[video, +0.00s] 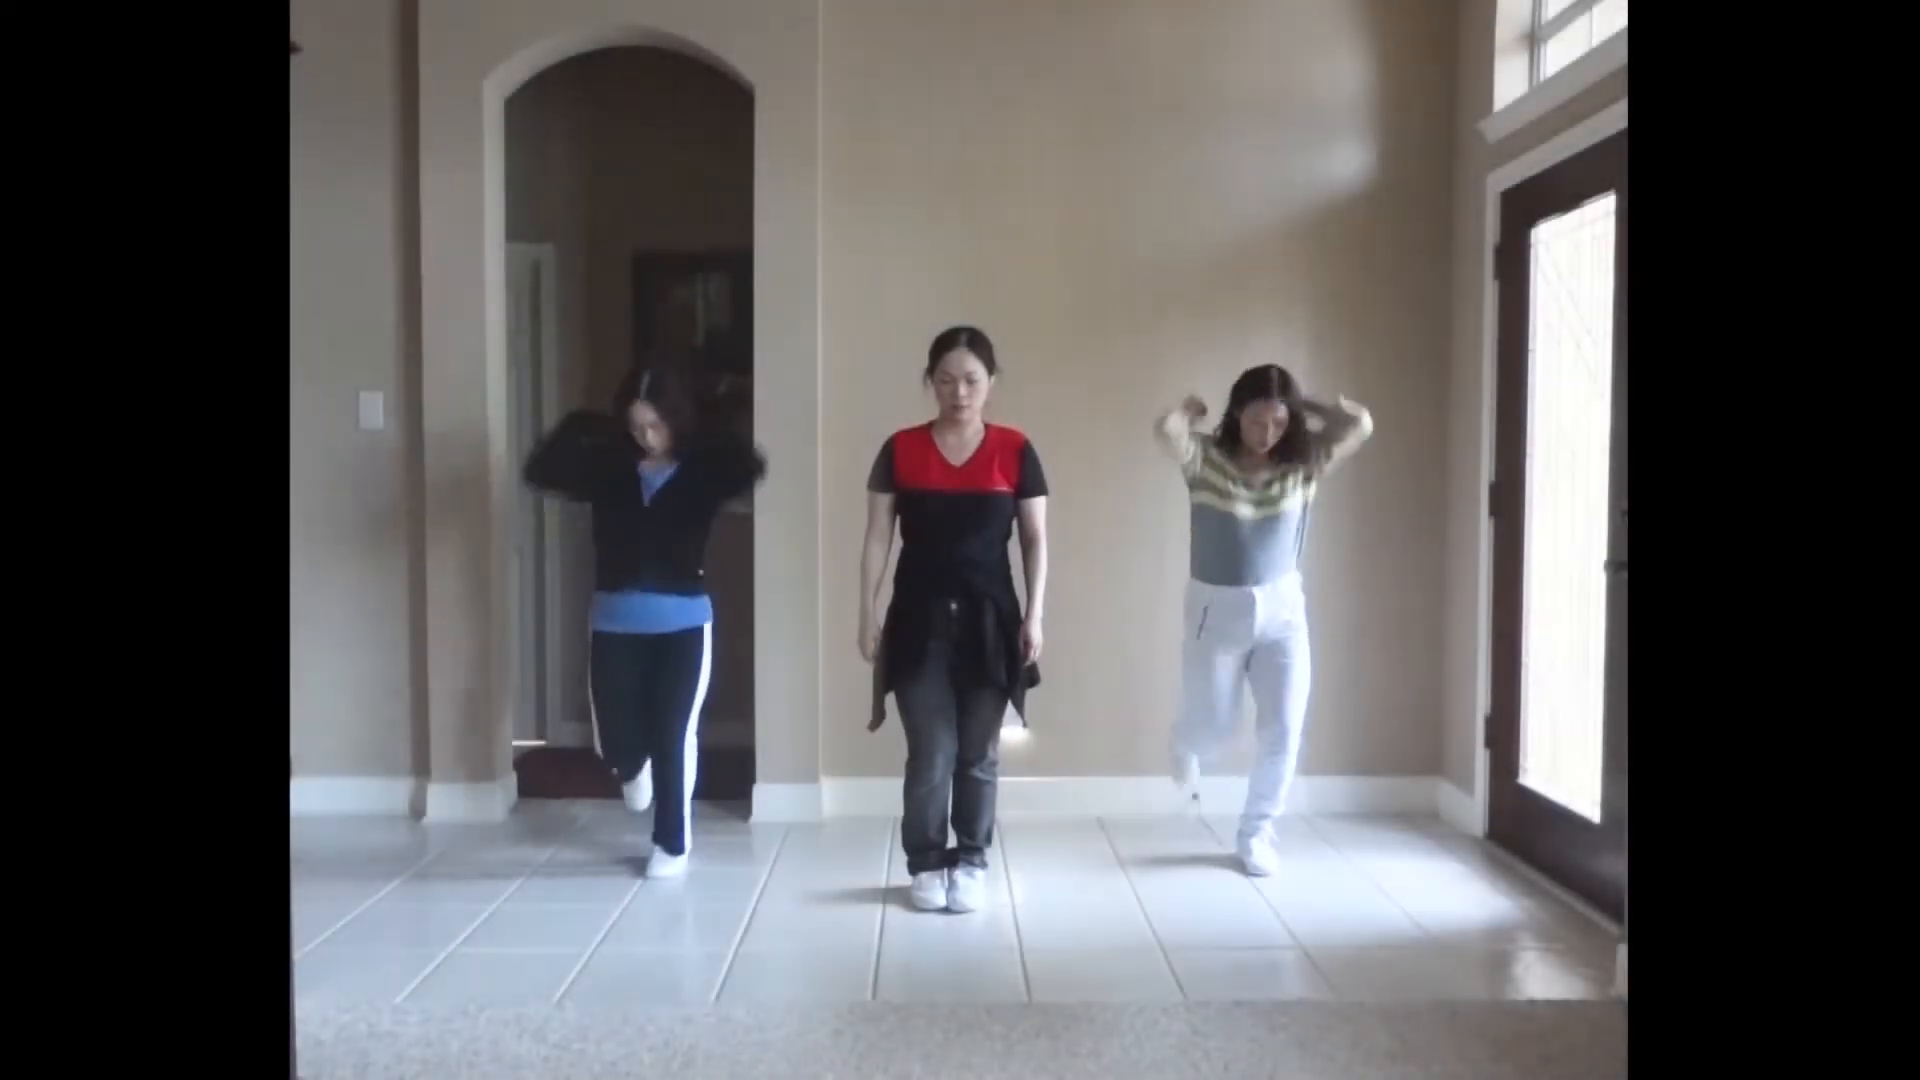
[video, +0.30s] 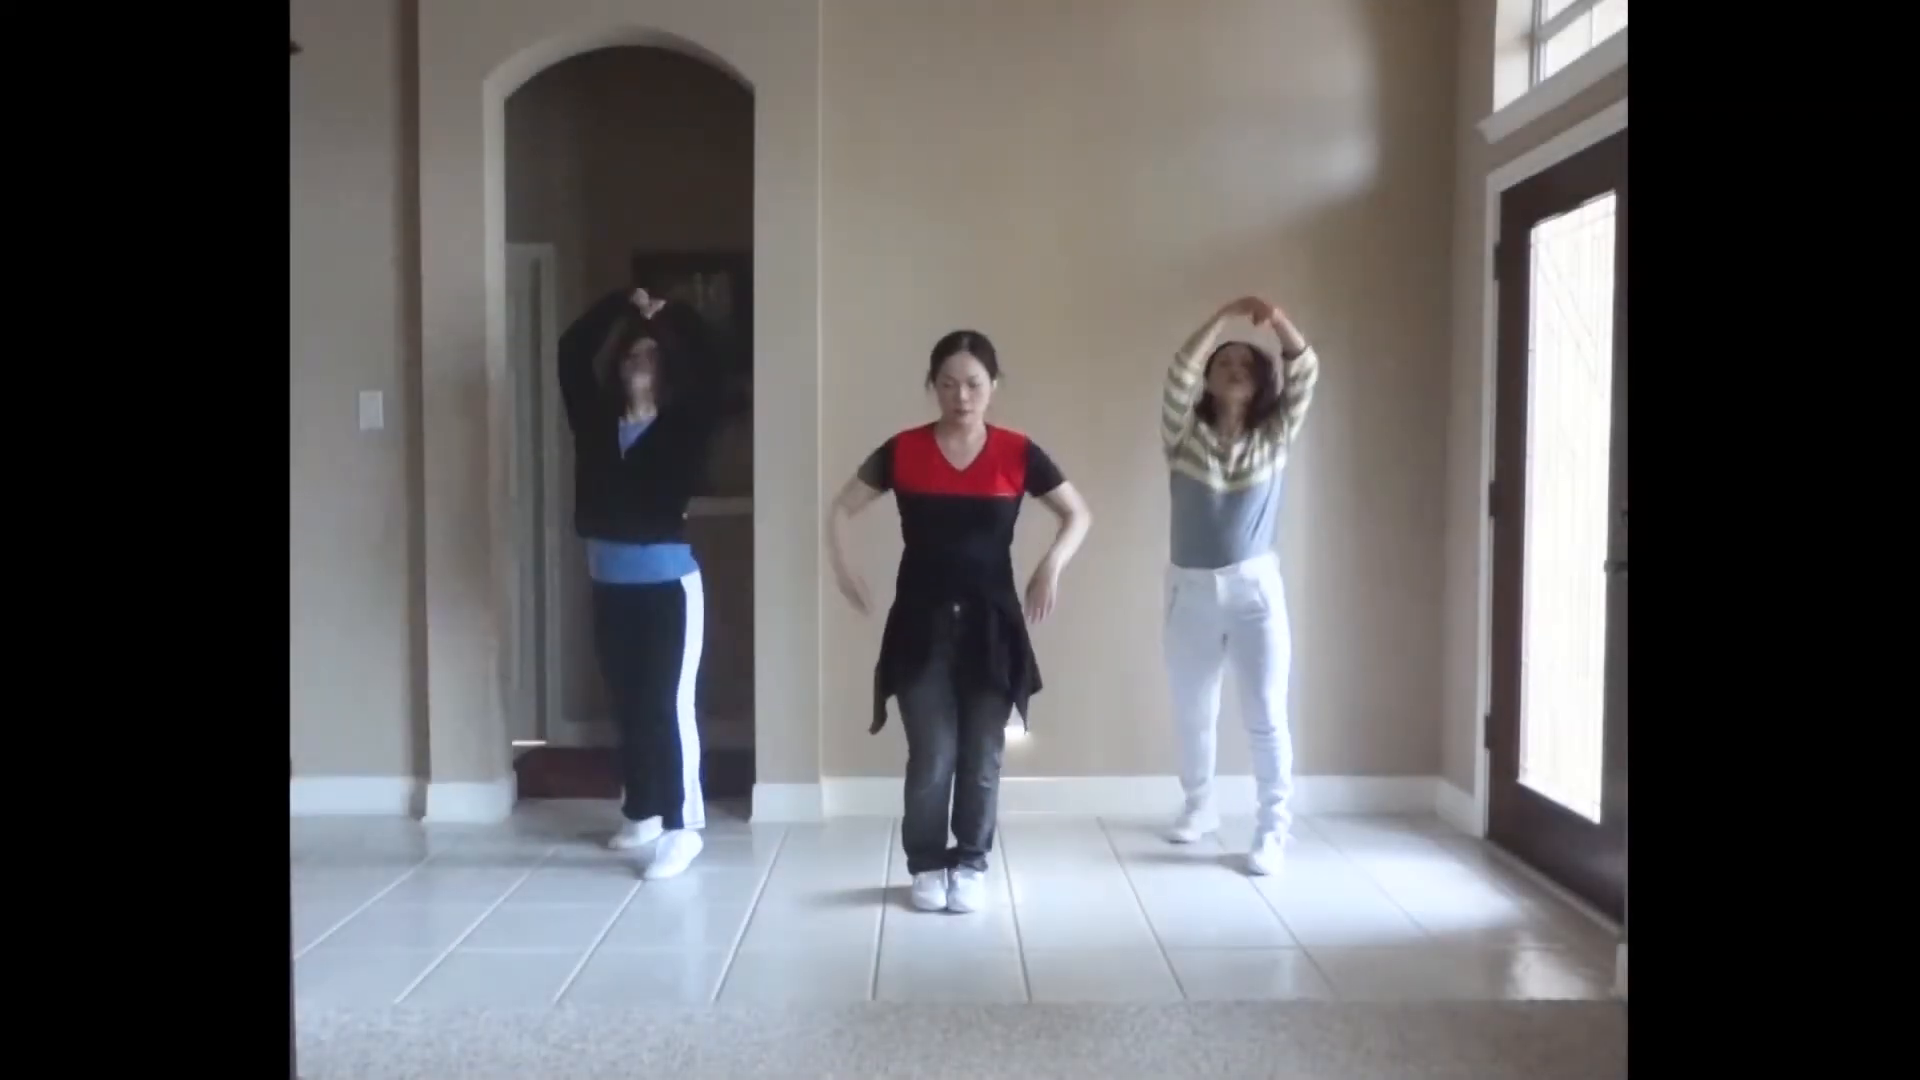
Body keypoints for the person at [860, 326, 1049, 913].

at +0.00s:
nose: (960, 389)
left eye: (971, 379)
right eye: (949, 378)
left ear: (989, 383)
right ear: (931, 382)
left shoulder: (1014, 449)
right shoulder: (902, 448)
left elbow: (1035, 538)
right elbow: (879, 534)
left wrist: (1034, 616)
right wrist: (868, 614)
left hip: (989, 618)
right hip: (918, 617)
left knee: (977, 752)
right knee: (932, 749)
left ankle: (970, 863)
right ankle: (926, 866)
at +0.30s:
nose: (961, 394)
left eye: (973, 383)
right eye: (949, 382)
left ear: (992, 388)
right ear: (933, 386)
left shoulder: (1017, 453)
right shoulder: (903, 451)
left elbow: (1079, 515)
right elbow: (841, 509)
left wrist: (1050, 568)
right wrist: (843, 569)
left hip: (990, 620)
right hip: (921, 619)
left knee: (981, 756)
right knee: (933, 753)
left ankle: (970, 867)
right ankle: (927, 869)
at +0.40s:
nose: (961, 403)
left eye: (973, 392)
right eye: (949, 392)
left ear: (991, 397)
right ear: (933, 397)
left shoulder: (1018, 459)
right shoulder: (905, 458)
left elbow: (1093, 505)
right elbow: (839, 496)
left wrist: (1063, 493)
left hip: (991, 626)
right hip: (922, 627)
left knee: (988, 752)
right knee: (933, 752)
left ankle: (971, 865)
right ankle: (924, 863)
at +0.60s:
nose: (960, 393)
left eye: (971, 382)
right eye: (948, 384)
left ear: (990, 391)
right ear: (934, 394)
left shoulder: (1017, 453)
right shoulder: (906, 451)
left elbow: (1083, 444)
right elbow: (835, 455)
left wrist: (1045, 416)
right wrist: (874, 417)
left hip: (987, 615)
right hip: (920, 614)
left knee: (984, 753)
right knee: (916, 758)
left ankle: (972, 863)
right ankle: (928, 816)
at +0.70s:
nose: (953, 371)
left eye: (966, 362)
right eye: (943, 363)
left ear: (987, 377)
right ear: (930, 379)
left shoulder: (1009, 440)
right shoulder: (905, 435)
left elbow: (1065, 380)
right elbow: (847, 380)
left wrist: (1003, 361)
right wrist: (903, 368)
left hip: (983, 608)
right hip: (917, 607)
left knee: (979, 747)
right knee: (913, 743)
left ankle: (972, 862)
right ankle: (929, 821)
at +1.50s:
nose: (940, 412)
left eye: (950, 402)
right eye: (929, 403)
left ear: (966, 409)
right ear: (912, 412)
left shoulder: (986, 461)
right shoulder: (886, 458)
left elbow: (986, 456)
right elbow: (883, 466)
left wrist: (961, 441)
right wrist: (916, 433)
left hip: (964, 612)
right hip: (901, 612)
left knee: (972, 732)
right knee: (911, 739)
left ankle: (983, 852)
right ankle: (931, 831)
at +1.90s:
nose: (936, 422)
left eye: (946, 412)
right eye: (925, 412)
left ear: (962, 418)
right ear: (909, 419)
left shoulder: (980, 469)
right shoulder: (886, 468)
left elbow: (975, 496)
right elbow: (899, 501)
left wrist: (951, 520)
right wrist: (931, 530)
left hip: (956, 613)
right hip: (897, 614)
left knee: (962, 728)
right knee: (902, 739)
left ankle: (977, 848)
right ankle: (931, 831)